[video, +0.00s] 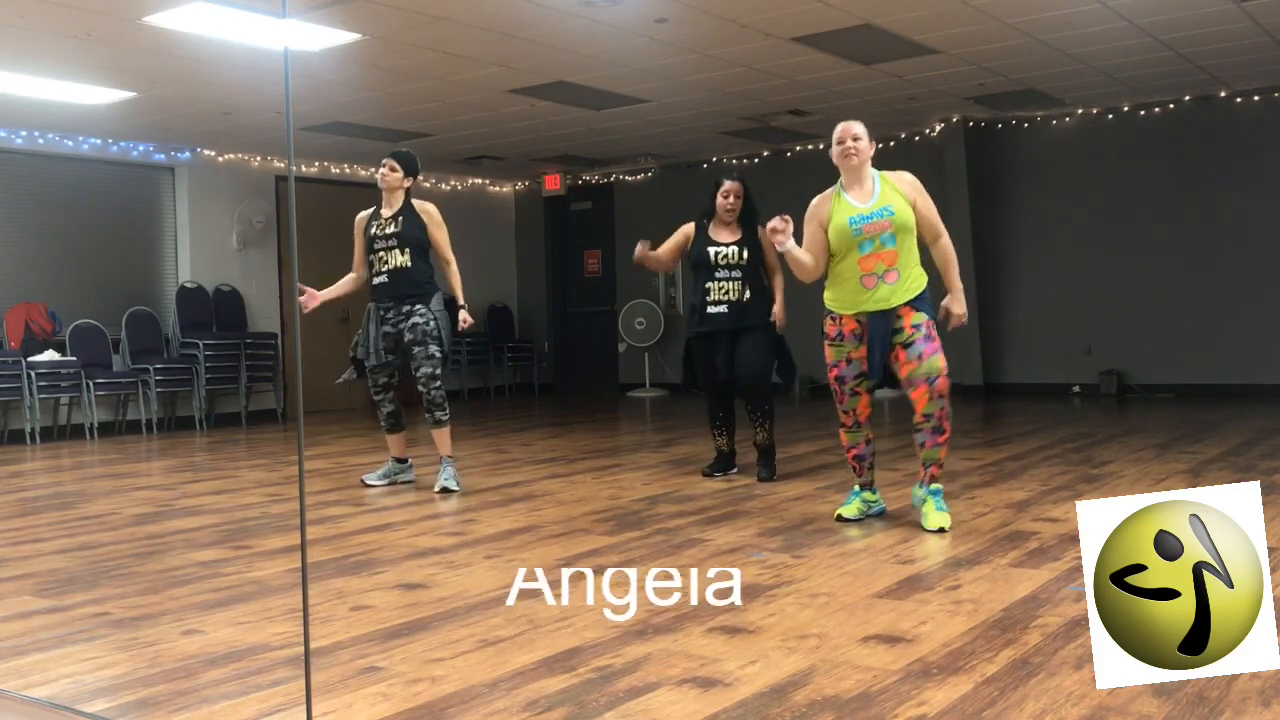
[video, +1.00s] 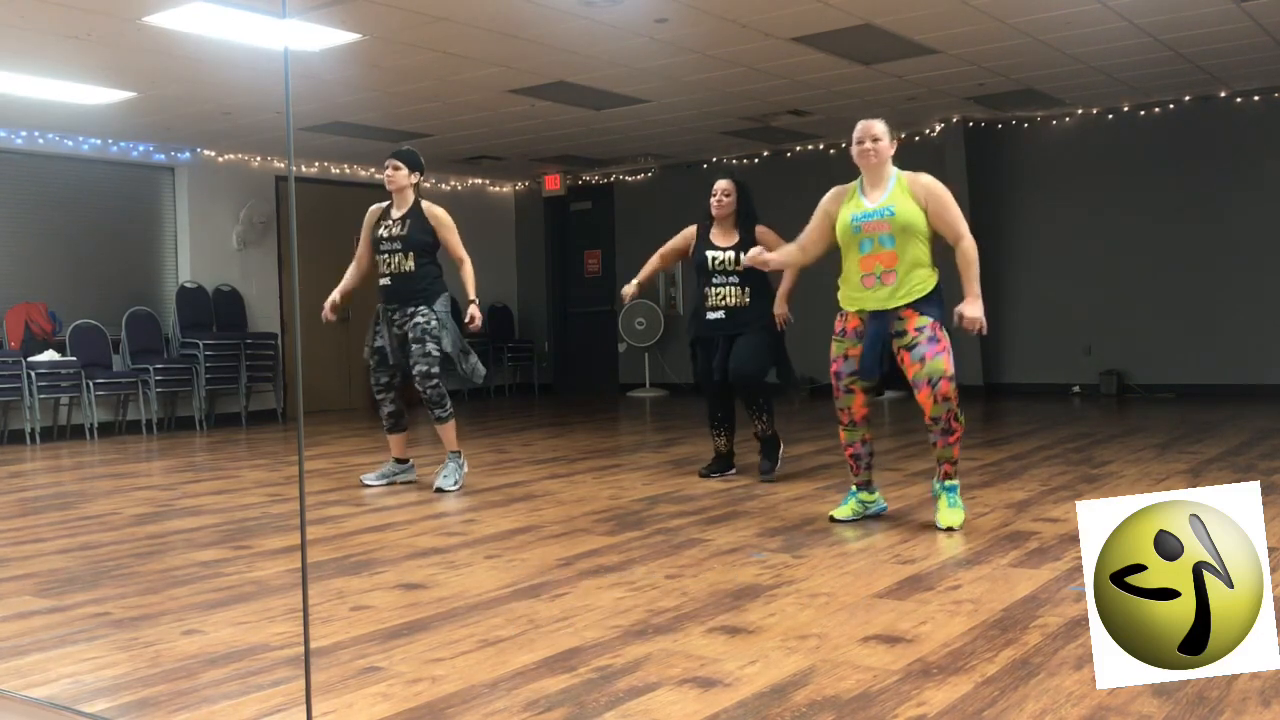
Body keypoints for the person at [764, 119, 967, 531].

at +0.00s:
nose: (849, 145)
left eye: (856, 138)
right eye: (841, 141)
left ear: (873, 148)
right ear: (831, 156)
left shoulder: (903, 184)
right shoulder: (822, 207)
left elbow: (938, 238)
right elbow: (810, 270)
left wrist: (955, 292)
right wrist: (787, 246)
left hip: (907, 311)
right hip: (847, 319)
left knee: (934, 385)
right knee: (851, 406)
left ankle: (930, 489)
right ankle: (865, 491)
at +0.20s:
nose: (857, 144)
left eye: (866, 137)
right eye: (851, 140)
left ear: (885, 147)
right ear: (843, 153)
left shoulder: (912, 189)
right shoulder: (829, 199)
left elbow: (955, 238)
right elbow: (783, 235)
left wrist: (955, 291)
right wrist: (747, 256)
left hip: (909, 313)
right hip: (850, 320)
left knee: (943, 382)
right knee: (860, 406)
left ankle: (948, 481)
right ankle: (867, 491)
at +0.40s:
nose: (873, 138)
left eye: (884, 131)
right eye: (869, 134)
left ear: (907, 139)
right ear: (864, 145)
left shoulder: (928, 188)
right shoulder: (849, 187)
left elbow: (952, 250)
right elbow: (814, 243)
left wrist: (932, 270)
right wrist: (790, 289)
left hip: (919, 310)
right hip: (864, 313)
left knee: (934, 403)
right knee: (863, 402)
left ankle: (949, 494)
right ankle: (867, 491)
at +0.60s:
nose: (883, 146)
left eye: (893, 139)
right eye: (880, 142)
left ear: (917, 149)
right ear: (875, 153)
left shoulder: (934, 193)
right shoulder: (864, 196)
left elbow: (947, 245)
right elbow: (873, 254)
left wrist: (913, 294)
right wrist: (879, 304)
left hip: (933, 313)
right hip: (878, 314)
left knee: (941, 403)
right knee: (825, 373)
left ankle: (950, 495)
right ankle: (855, 462)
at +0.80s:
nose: (873, 142)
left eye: (882, 134)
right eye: (868, 137)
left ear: (906, 140)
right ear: (864, 148)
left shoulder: (930, 182)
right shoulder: (855, 195)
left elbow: (956, 242)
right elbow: (854, 257)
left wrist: (964, 304)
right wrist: (830, 300)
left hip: (921, 309)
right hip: (867, 313)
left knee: (933, 402)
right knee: (861, 400)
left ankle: (948, 495)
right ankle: (867, 491)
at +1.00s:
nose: (867, 146)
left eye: (875, 139)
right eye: (860, 141)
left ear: (893, 146)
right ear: (851, 151)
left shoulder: (921, 187)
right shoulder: (836, 199)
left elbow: (962, 239)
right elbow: (804, 249)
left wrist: (972, 297)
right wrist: (769, 258)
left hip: (915, 310)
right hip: (856, 315)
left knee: (939, 390)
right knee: (848, 398)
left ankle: (948, 488)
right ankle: (864, 492)